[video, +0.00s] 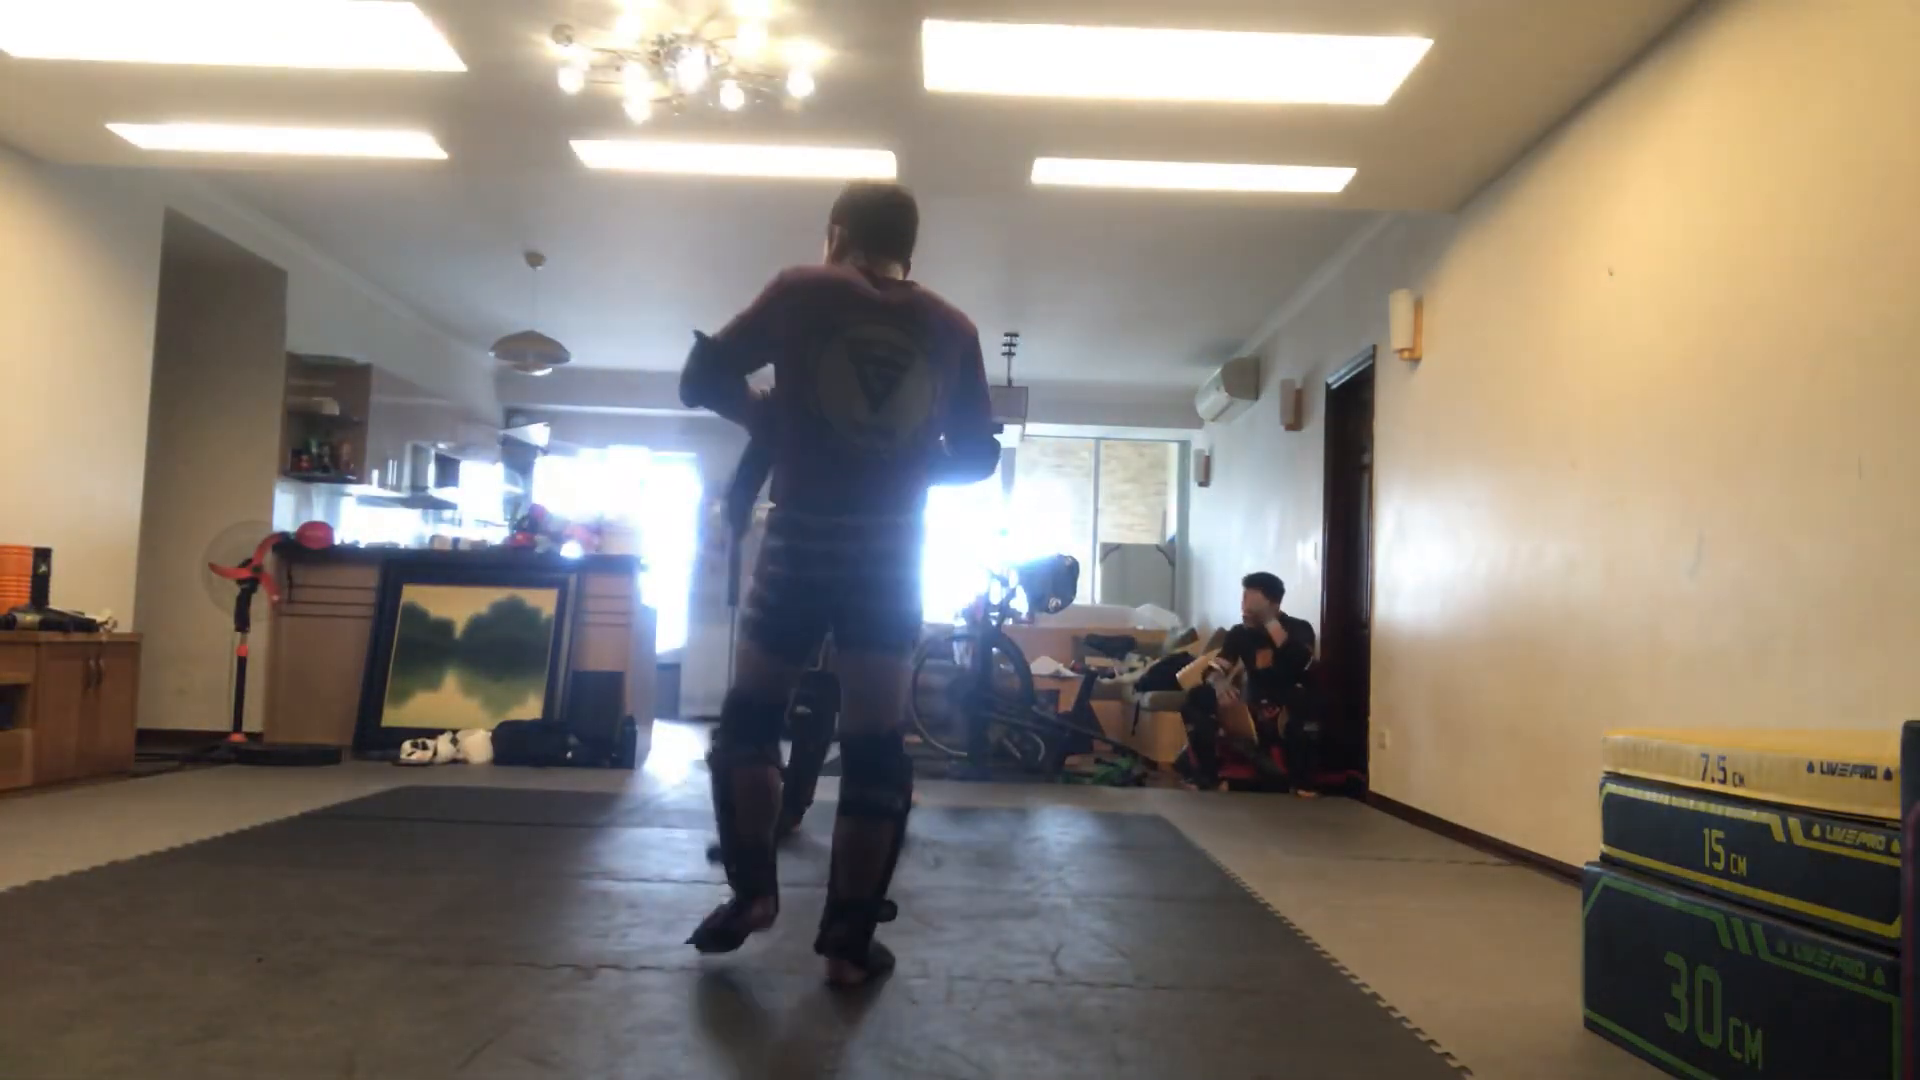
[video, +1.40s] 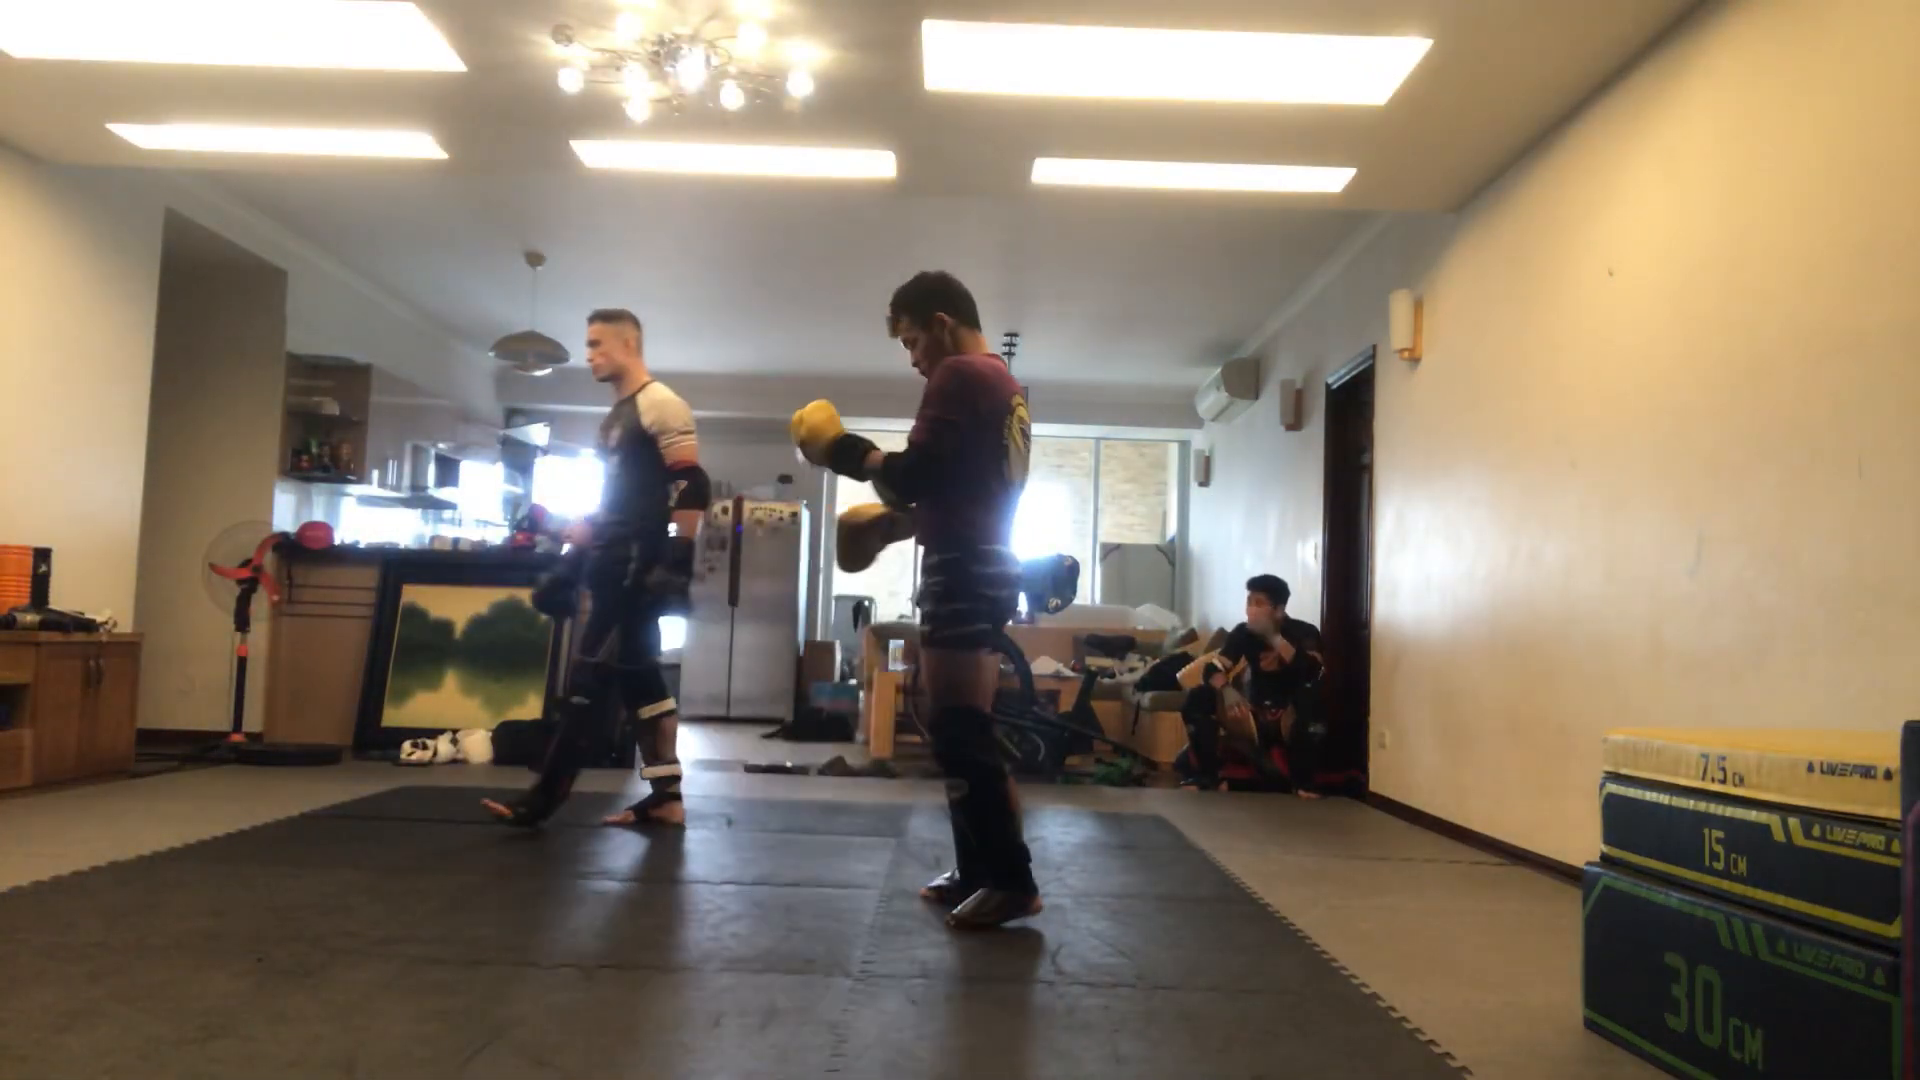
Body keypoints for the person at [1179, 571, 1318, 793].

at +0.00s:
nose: (1244, 607)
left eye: (1250, 600)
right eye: (1244, 599)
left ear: (1271, 602)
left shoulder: (1299, 629)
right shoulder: (1239, 634)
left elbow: (1299, 664)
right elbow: (1216, 668)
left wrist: (1270, 621)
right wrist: (1218, 680)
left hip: (1287, 710)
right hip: (1247, 710)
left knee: (1302, 697)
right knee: (1198, 697)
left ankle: (1300, 782)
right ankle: (1207, 778)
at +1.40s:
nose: (1251, 610)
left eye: (1259, 604)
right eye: (1249, 603)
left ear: (1279, 610)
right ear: (1246, 604)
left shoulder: (1304, 632)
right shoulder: (1243, 633)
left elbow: (1311, 672)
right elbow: (1215, 667)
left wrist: (1274, 637)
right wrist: (1224, 687)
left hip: (1291, 717)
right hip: (1251, 717)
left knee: (1310, 697)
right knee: (1198, 698)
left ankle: (1303, 781)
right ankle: (1207, 777)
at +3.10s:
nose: (1269, 604)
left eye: (1277, 597)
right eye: (1265, 598)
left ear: (1294, 601)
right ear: (1260, 600)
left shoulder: (1310, 630)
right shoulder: (1251, 631)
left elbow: (1317, 663)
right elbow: (1220, 664)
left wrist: (1287, 680)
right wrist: (1233, 670)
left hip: (1292, 715)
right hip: (1249, 715)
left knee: (1317, 705)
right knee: (1200, 697)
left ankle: (1304, 781)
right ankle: (1208, 776)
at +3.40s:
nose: (1267, 608)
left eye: (1274, 601)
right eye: (1263, 601)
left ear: (1293, 603)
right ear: (1258, 603)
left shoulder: (1311, 632)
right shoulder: (1250, 633)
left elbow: (1324, 670)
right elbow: (1215, 667)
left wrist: (1276, 682)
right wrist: (1222, 684)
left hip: (1294, 711)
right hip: (1253, 712)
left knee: (1316, 700)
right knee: (1200, 698)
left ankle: (1305, 781)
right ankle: (1209, 776)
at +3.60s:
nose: (1261, 611)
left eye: (1269, 604)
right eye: (1257, 604)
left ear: (1288, 606)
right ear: (1254, 604)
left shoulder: (1310, 632)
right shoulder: (1248, 633)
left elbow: (1325, 671)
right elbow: (1213, 670)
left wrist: (1276, 685)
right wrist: (1228, 688)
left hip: (1294, 713)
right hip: (1253, 711)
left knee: (1317, 699)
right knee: (1200, 698)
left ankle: (1306, 780)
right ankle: (1209, 775)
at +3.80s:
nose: (1254, 612)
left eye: (1262, 605)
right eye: (1251, 605)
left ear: (1282, 607)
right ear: (1248, 604)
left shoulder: (1306, 631)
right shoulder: (1245, 633)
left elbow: (1326, 669)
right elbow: (1213, 669)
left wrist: (1278, 690)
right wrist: (1228, 691)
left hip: (1293, 712)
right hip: (1253, 712)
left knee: (1318, 702)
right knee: (1200, 699)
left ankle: (1306, 781)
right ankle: (1209, 775)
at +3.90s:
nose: (1252, 612)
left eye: (1260, 605)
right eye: (1250, 605)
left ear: (1280, 607)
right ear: (1246, 604)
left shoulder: (1305, 630)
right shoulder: (1244, 633)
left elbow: (1325, 668)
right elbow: (1213, 669)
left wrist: (1279, 690)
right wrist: (1227, 691)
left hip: (1292, 716)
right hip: (1252, 715)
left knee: (1317, 701)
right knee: (1200, 699)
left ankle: (1306, 782)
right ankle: (1209, 775)